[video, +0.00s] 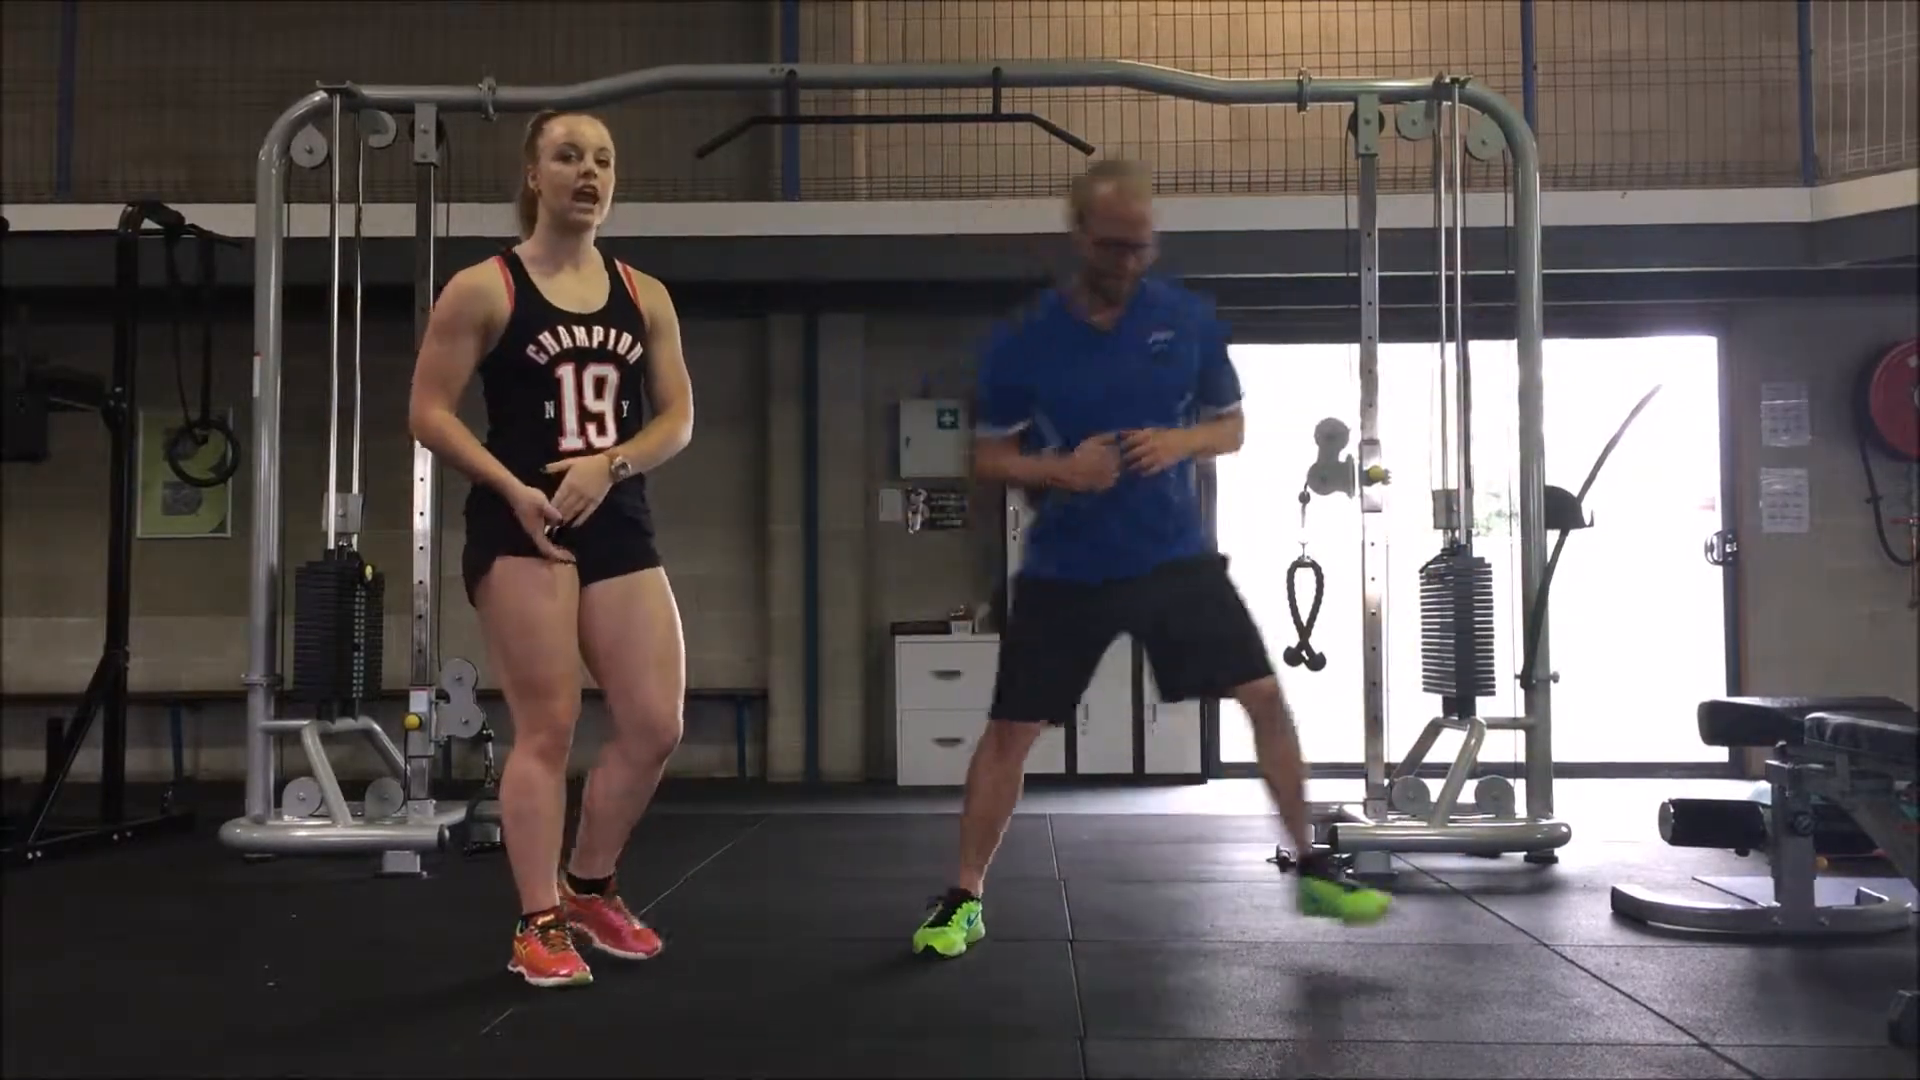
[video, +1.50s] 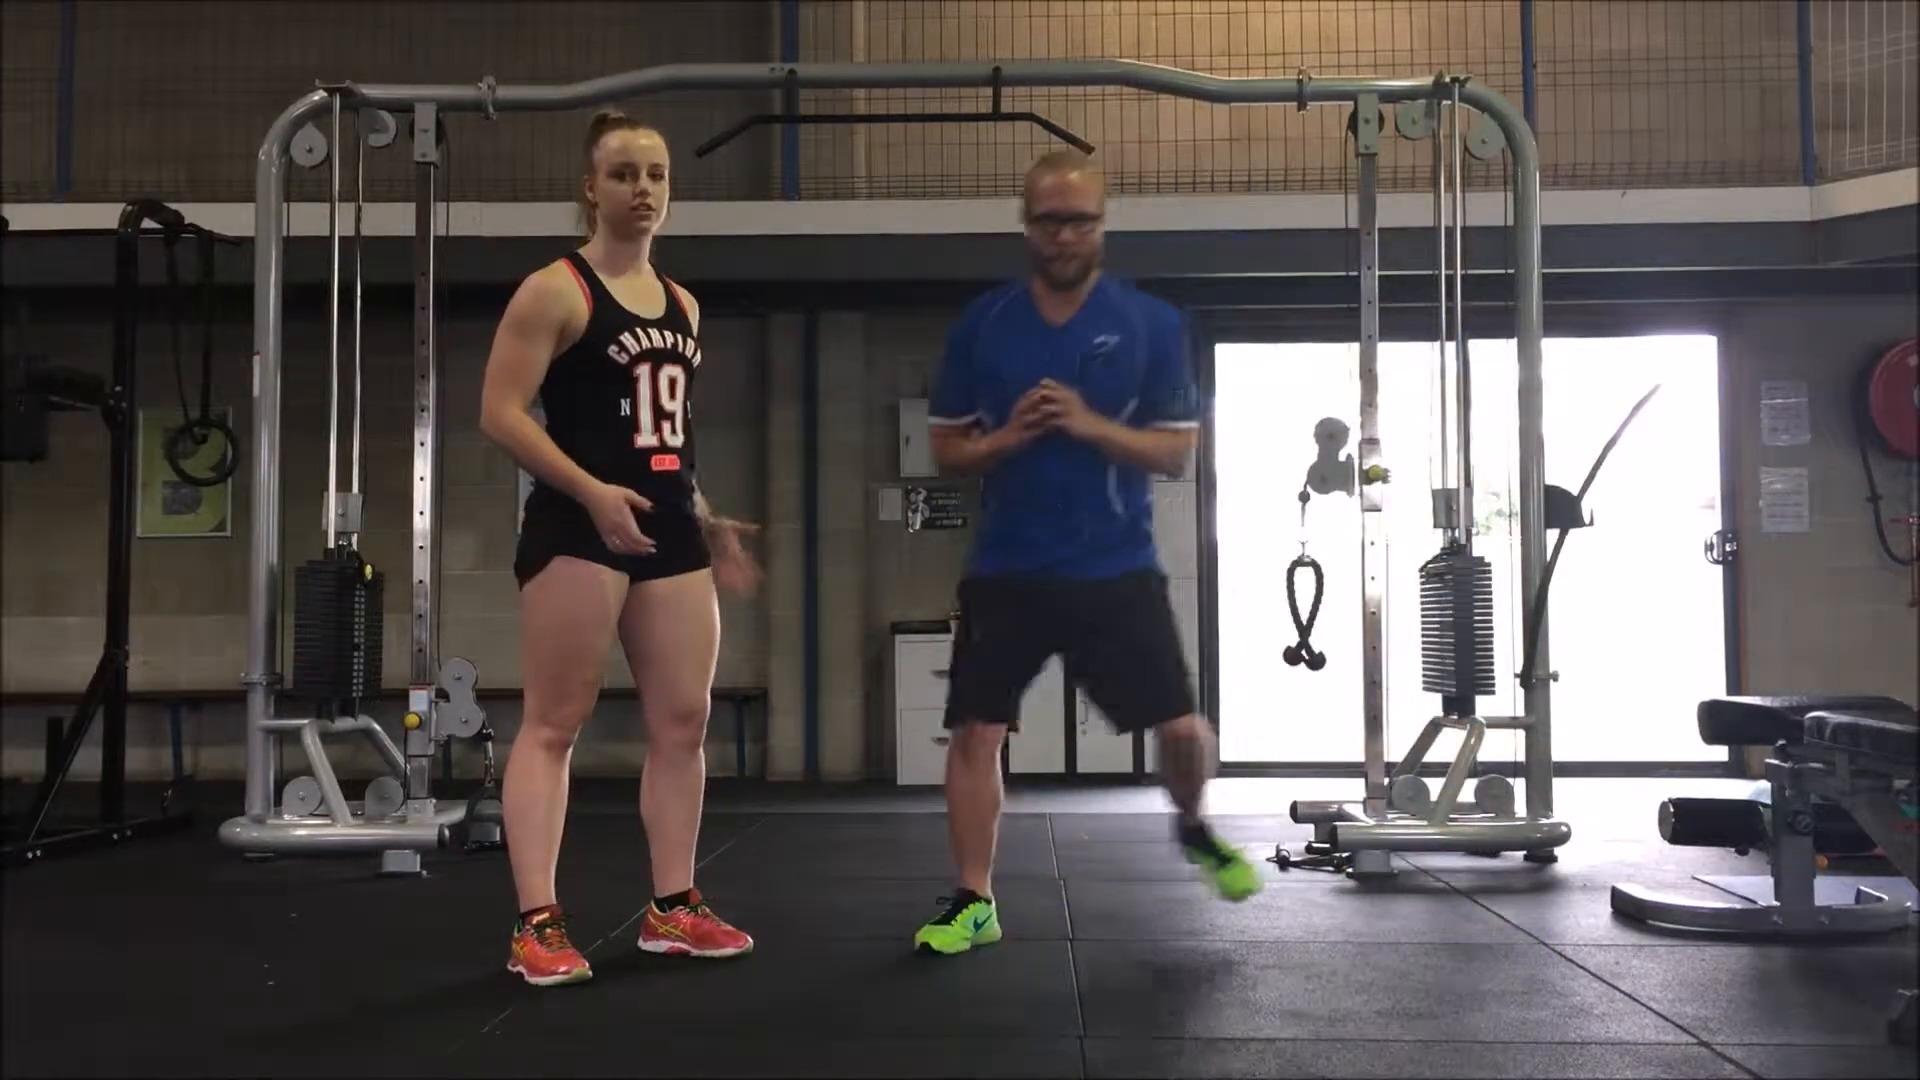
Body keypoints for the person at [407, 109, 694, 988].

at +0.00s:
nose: (588, 172)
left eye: (601, 161)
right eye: (569, 157)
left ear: (615, 185)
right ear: (531, 177)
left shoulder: (644, 296)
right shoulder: (483, 289)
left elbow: (677, 418)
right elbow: (428, 413)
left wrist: (610, 464)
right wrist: (512, 487)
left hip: (619, 526)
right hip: (521, 527)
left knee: (653, 722)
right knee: (544, 726)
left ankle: (587, 890)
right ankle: (539, 925)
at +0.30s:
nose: (630, 177)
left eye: (635, 165)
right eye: (610, 162)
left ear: (634, 181)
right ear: (559, 172)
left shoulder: (653, 292)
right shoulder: (505, 282)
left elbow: (707, 406)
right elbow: (445, 401)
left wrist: (690, 426)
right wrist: (530, 476)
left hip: (629, 523)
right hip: (533, 523)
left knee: (662, 723)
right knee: (546, 724)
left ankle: (672, 905)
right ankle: (541, 926)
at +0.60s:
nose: (659, 184)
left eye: (661, 171)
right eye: (642, 169)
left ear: (652, 183)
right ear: (590, 177)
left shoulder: (673, 296)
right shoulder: (532, 291)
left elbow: (719, 402)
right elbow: (480, 415)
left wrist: (767, 443)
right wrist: (568, 479)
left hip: (658, 530)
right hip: (562, 528)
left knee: (676, 722)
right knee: (553, 724)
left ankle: (673, 905)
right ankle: (540, 924)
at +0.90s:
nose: (667, 188)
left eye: (670, 175)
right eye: (649, 172)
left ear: (665, 190)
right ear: (598, 181)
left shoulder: (679, 301)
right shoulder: (549, 296)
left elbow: (719, 421)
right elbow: (498, 419)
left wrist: (706, 470)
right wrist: (601, 482)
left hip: (664, 532)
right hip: (574, 531)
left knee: (708, 718)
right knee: (554, 724)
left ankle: (678, 903)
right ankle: (538, 925)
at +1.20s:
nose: (642, 182)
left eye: (656, 173)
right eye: (625, 168)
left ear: (671, 195)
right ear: (589, 184)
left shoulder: (680, 300)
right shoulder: (551, 291)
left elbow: (711, 409)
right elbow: (503, 413)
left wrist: (806, 399)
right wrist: (612, 466)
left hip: (666, 530)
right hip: (577, 530)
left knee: (701, 715)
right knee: (554, 723)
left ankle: (677, 904)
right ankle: (537, 925)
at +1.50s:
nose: (642, 188)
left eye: (655, 175)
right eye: (624, 174)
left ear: (670, 192)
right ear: (591, 188)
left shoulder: (678, 303)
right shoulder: (554, 291)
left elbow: (663, 438)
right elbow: (500, 413)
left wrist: (705, 522)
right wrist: (592, 492)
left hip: (672, 531)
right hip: (580, 531)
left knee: (683, 726)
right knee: (553, 724)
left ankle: (673, 906)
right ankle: (537, 922)